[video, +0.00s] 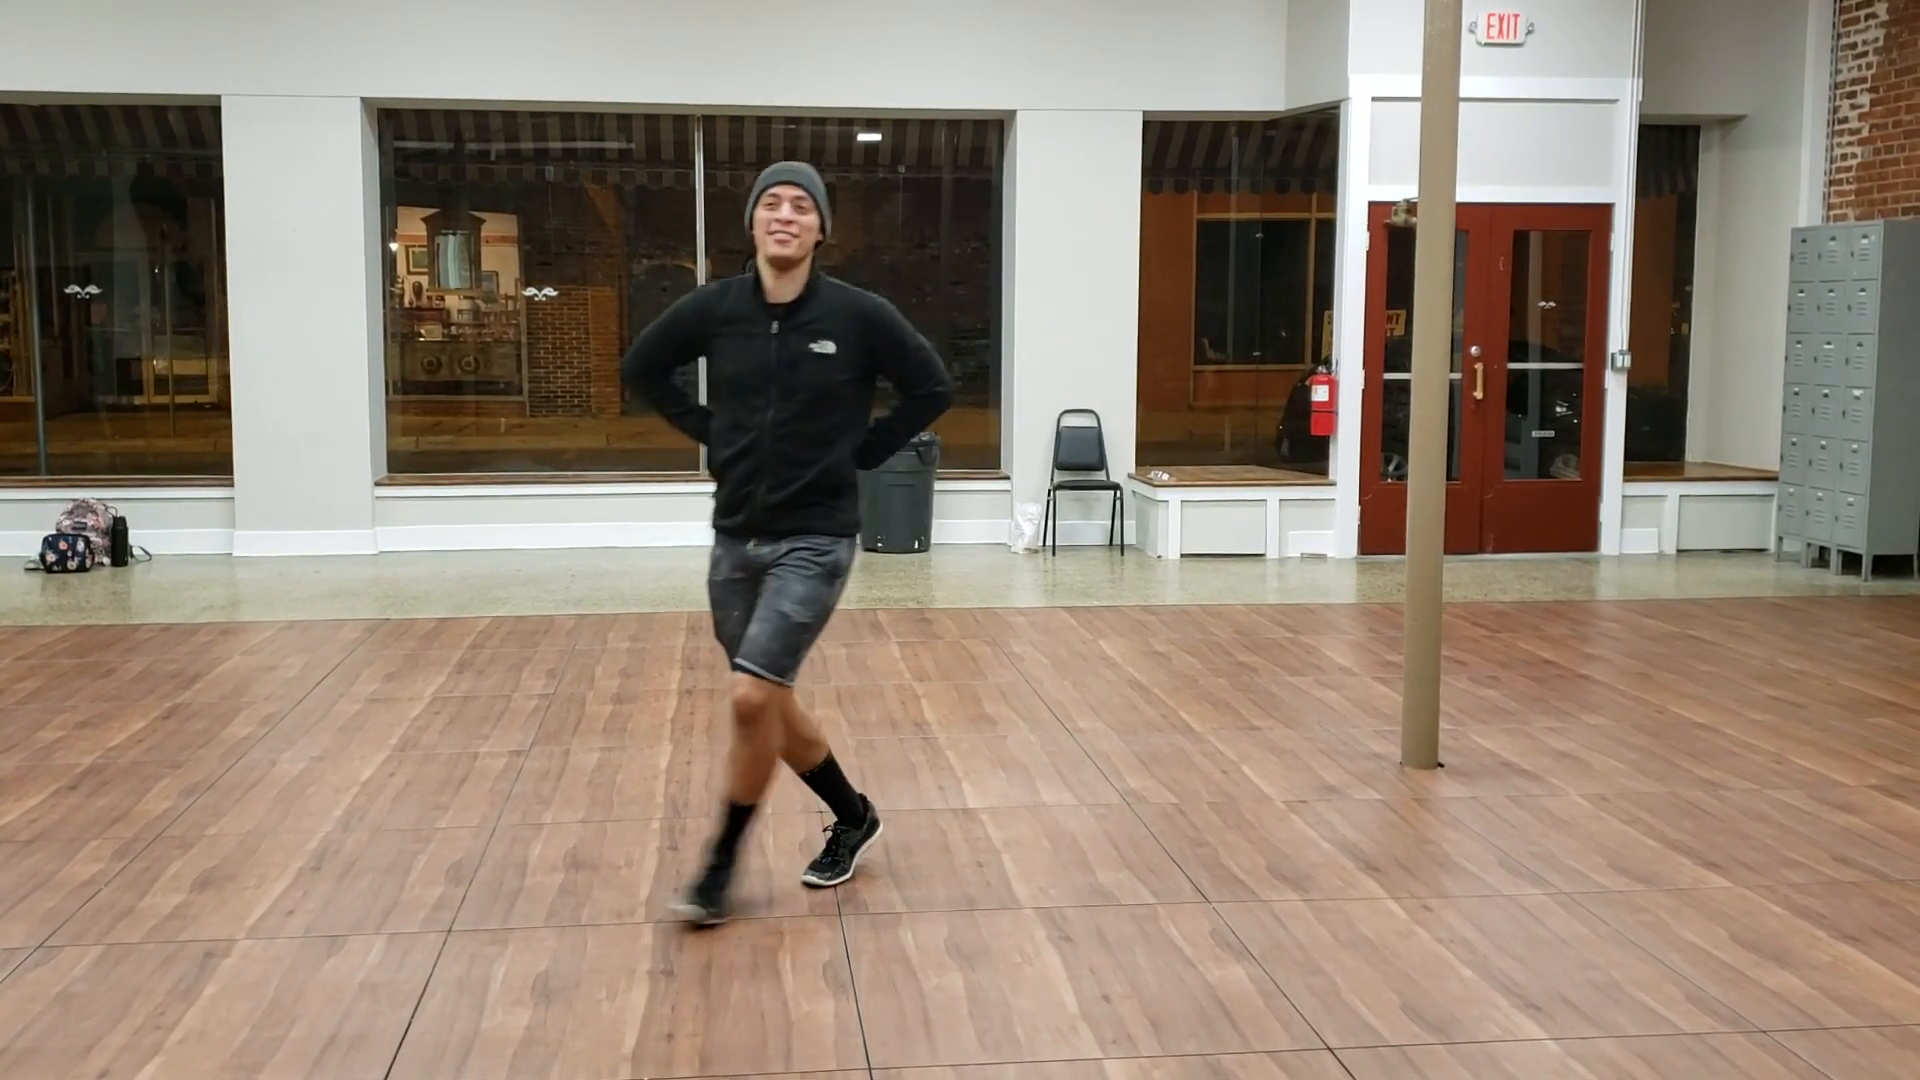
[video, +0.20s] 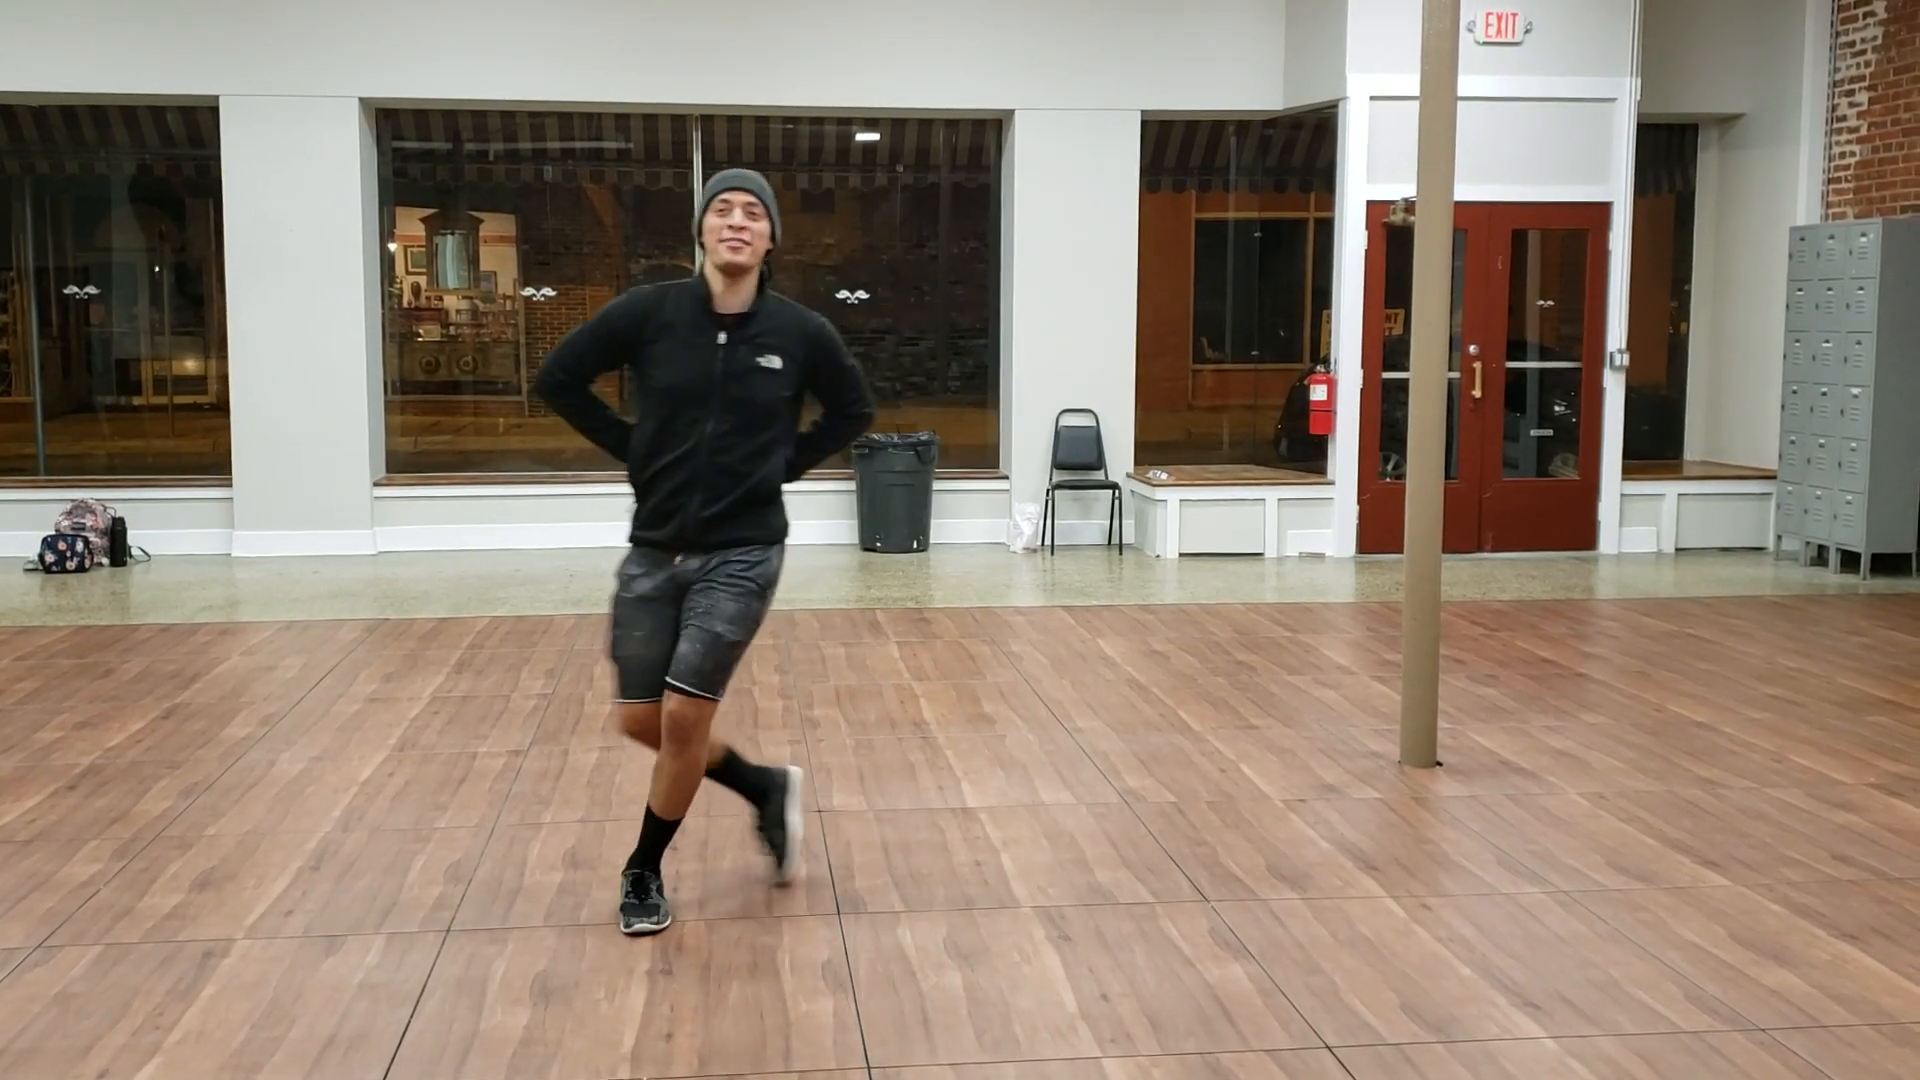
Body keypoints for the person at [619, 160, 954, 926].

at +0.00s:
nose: (785, 216)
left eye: (800, 207)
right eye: (772, 205)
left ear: (821, 229)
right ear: (751, 224)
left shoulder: (858, 314)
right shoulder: (713, 307)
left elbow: (932, 390)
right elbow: (640, 373)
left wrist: (857, 457)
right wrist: (710, 430)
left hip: (816, 538)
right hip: (735, 535)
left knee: (752, 694)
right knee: (763, 703)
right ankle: (852, 813)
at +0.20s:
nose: (737, 223)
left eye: (751, 215)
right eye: (724, 212)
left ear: (770, 239)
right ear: (699, 232)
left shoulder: (802, 332)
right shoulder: (648, 310)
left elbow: (854, 412)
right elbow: (556, 382)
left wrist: (783, 466)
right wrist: (633, 448)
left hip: (742, 546)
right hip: (654, 541)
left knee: (683, 714)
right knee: (637, 715)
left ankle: (644, 872)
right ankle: (764, 788)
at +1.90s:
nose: (901, 217)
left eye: (918, 207)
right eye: (888, 203)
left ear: (938, 229)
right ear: (863, 220)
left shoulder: (970, 321)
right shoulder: (838, 320)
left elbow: (1059, 425)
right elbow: (827, 400)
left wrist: (984, 485)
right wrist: (865, 460)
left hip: (972, 567)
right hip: (871, 564)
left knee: (1031, 740)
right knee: (841, 739)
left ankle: (1110, 903)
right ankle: (881, 903)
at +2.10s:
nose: (905, 228)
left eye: (925, 220)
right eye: (894, 212)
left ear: (944, 244)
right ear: (870, 228)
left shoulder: (968, 336)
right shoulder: (843, 323)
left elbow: (1049, 448)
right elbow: (836, 409)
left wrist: (976, 496)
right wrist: (873, 474)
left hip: (962, 580)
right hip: (865, 571)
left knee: (1020, 753)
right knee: (827, 746)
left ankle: (1105, 904)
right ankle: (871, 846)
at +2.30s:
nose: (848, 205)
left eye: (867, 198)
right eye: (838, 189)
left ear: (886, 221)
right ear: (812, 201)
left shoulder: (907, 310)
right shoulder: (775, 298)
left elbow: (995, 414)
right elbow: (729, 364)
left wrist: (913, 466)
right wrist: (775, 423)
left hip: (883, 557)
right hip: (793, 553)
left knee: (894, 735)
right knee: (799, 720)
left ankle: (1006, 868)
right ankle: (870, 857)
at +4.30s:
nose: (879, 197)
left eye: (894, 190)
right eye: (864, 181)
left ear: (904, 216)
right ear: (826, 195)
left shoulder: (933, 302)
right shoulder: (791, 303)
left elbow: (1025, 419)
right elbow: (777, 389)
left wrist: (940, 466)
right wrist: (806, 449)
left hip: (930, 569)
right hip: (823, 567)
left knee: (999, 748)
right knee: (805, 757)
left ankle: (1080, 931)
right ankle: (819, 942)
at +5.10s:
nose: (734, 211)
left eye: (752, 204)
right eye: (720, 197)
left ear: (771, 236)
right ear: (688, 219)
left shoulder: (806, 333)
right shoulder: (632, 315)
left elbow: (884, 424)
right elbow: (515, 391)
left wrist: (794, 491)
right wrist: (614, 467)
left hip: (739, 590)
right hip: (644, 585)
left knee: (671, 788)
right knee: (631, 789)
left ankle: (655, 965)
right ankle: (797, 869)